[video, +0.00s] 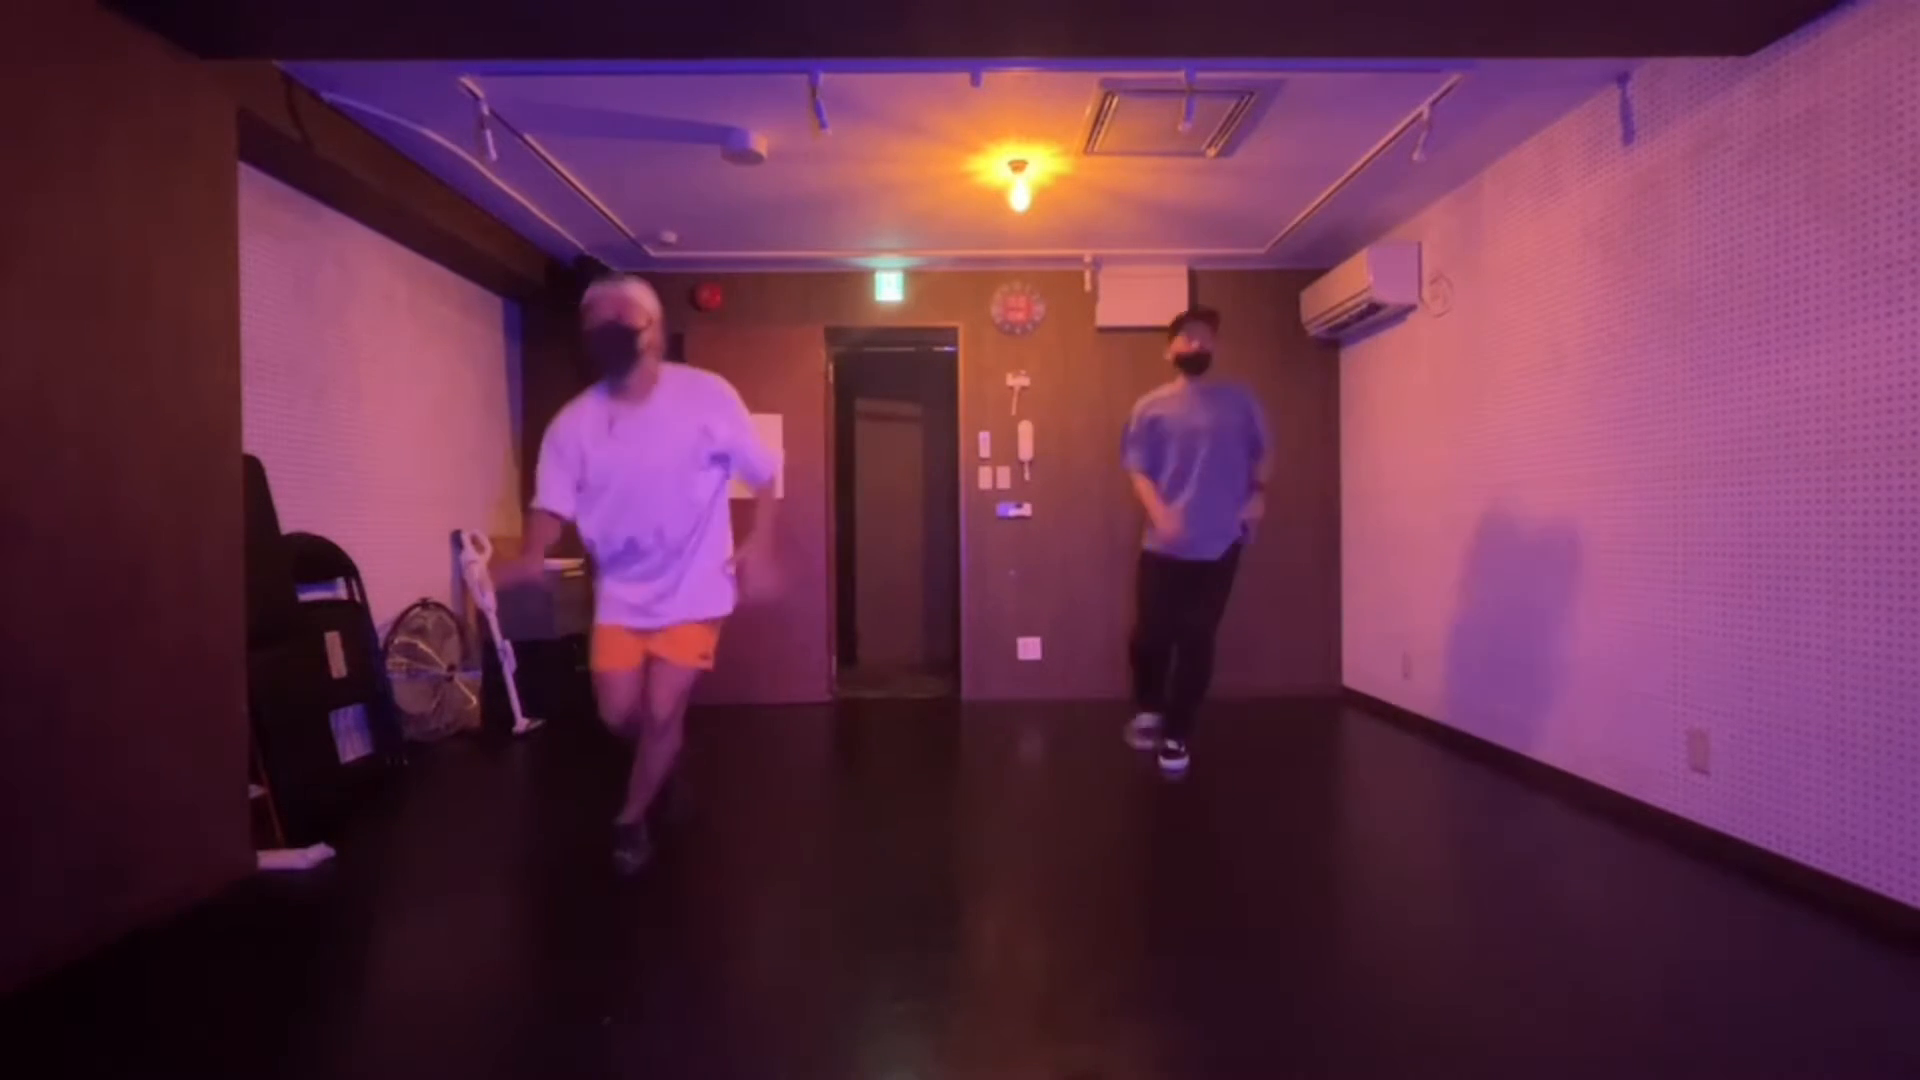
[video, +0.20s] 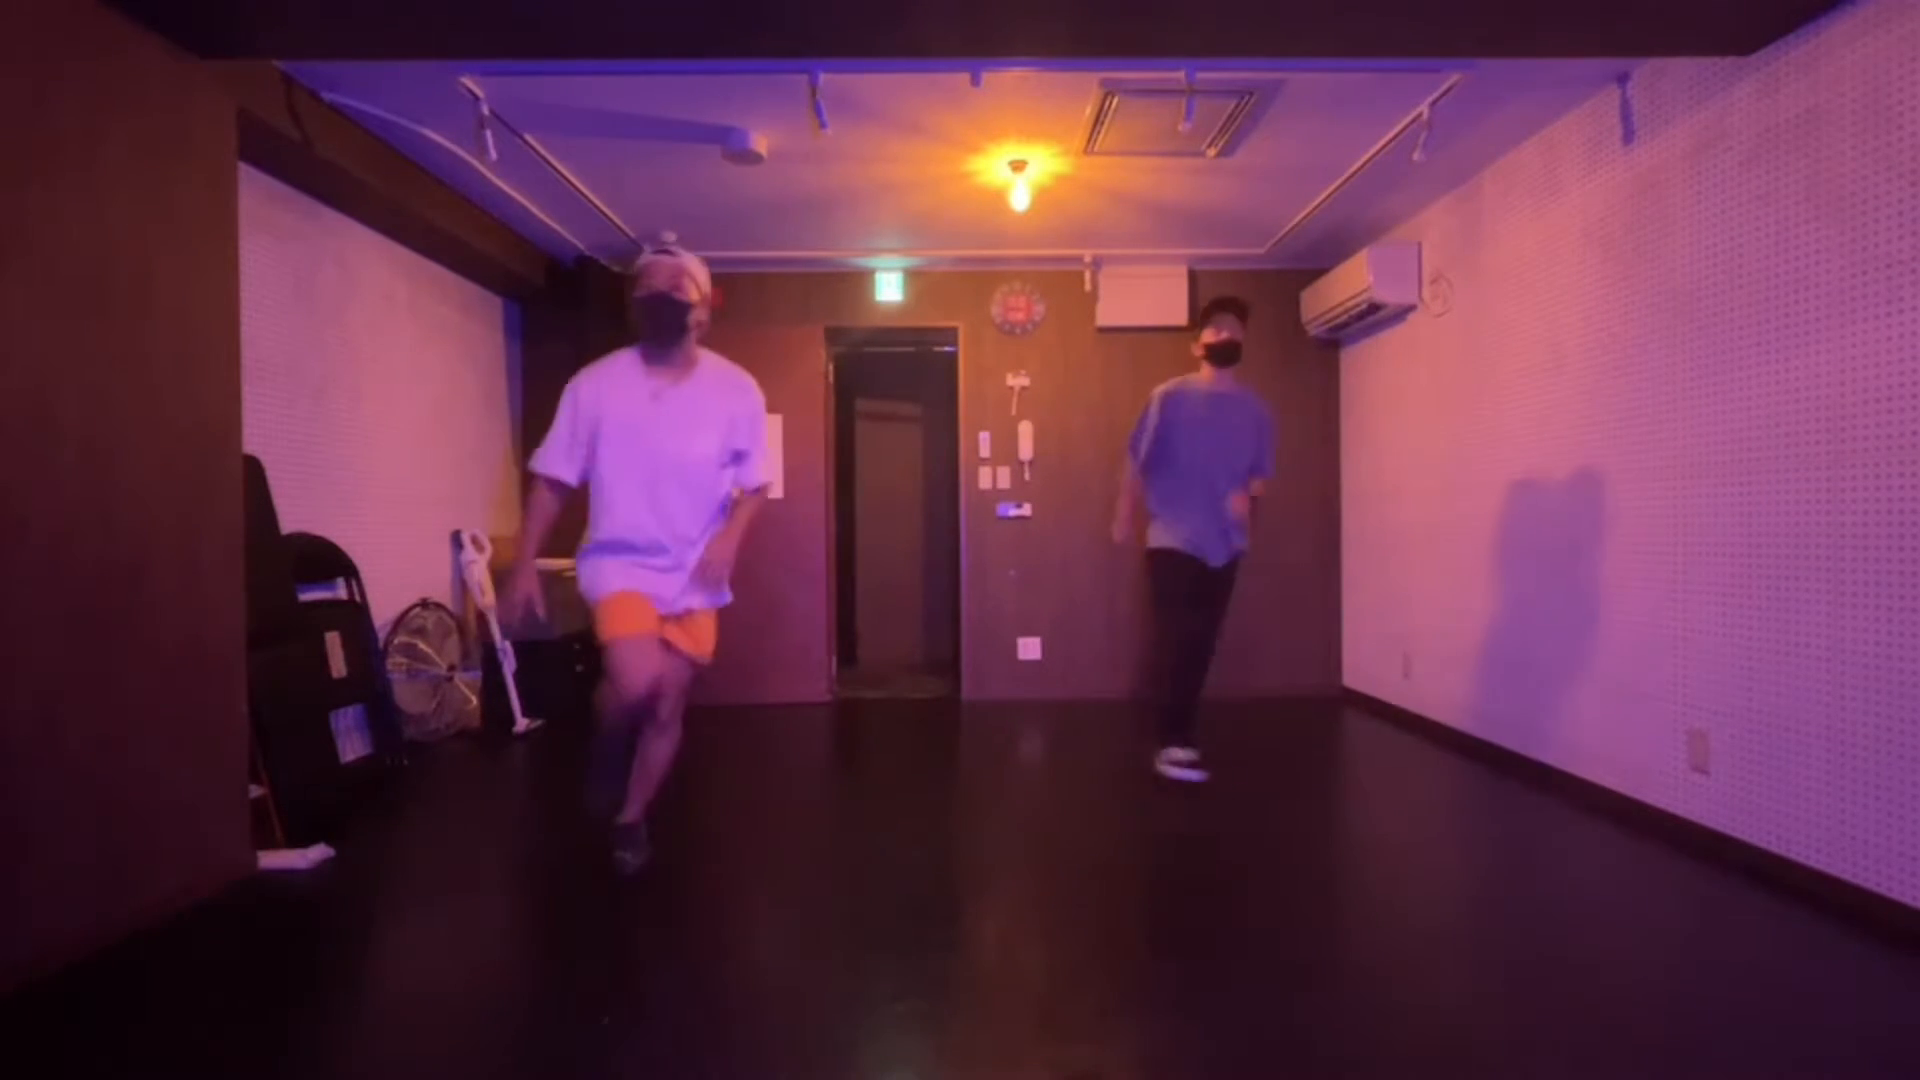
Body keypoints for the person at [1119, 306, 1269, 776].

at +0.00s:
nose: (1194, 344)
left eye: (1203, 336)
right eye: (1185, 336)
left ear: (1215, 346)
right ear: (1170, 347)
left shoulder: (1239, 402)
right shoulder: (1150, 406)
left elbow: (1262, 453)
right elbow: (1137, 467)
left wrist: (1256, 496)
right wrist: (1159, 513)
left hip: (1218, 549)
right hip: (1164, 548)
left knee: (1197, 642)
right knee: (1151, 635)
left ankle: (1178, 734)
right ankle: (1148, 708)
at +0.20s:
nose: (1224, 339)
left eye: (1234, 333)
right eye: (1215, 330)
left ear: (1243, 346)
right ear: (1198, 340)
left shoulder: (1253, 408)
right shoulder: (1170, 396)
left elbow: (1258, 473)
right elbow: (1136, 461)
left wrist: (1246, 503)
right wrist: (1125, 516)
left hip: (1222, 542)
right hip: (1170, 535)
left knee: (1200, 643)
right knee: (1176, 638)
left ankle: (1181, 739)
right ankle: (1169, 742)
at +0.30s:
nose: (1242, 351)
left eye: (1250, 344)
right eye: (1233, 341)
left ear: (1260, 356)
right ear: (1214, 350)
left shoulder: (1260, 416)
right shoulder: (1178, 399)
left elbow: (1273, 486)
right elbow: (1130, 441)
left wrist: (1258, 463)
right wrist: (1115, 500)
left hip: (1229, 543)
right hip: (1180, 538)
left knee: (1212, 645)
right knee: (1217, 643)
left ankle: (1163, 732)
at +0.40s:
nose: (1250, 371)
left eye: (1259, 364)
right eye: (1241, 361)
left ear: (1270, 375)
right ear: (1223, 371)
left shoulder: (1262, 430)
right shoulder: (1190, 410)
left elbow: (1283, 508)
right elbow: (1132, 443)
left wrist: (1272, 451)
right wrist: (1115, 499)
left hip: (1236, 558)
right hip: (1186, 551)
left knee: (1230, 661)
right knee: (1232, 656)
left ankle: (1154, 731)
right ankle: (1264, 751)